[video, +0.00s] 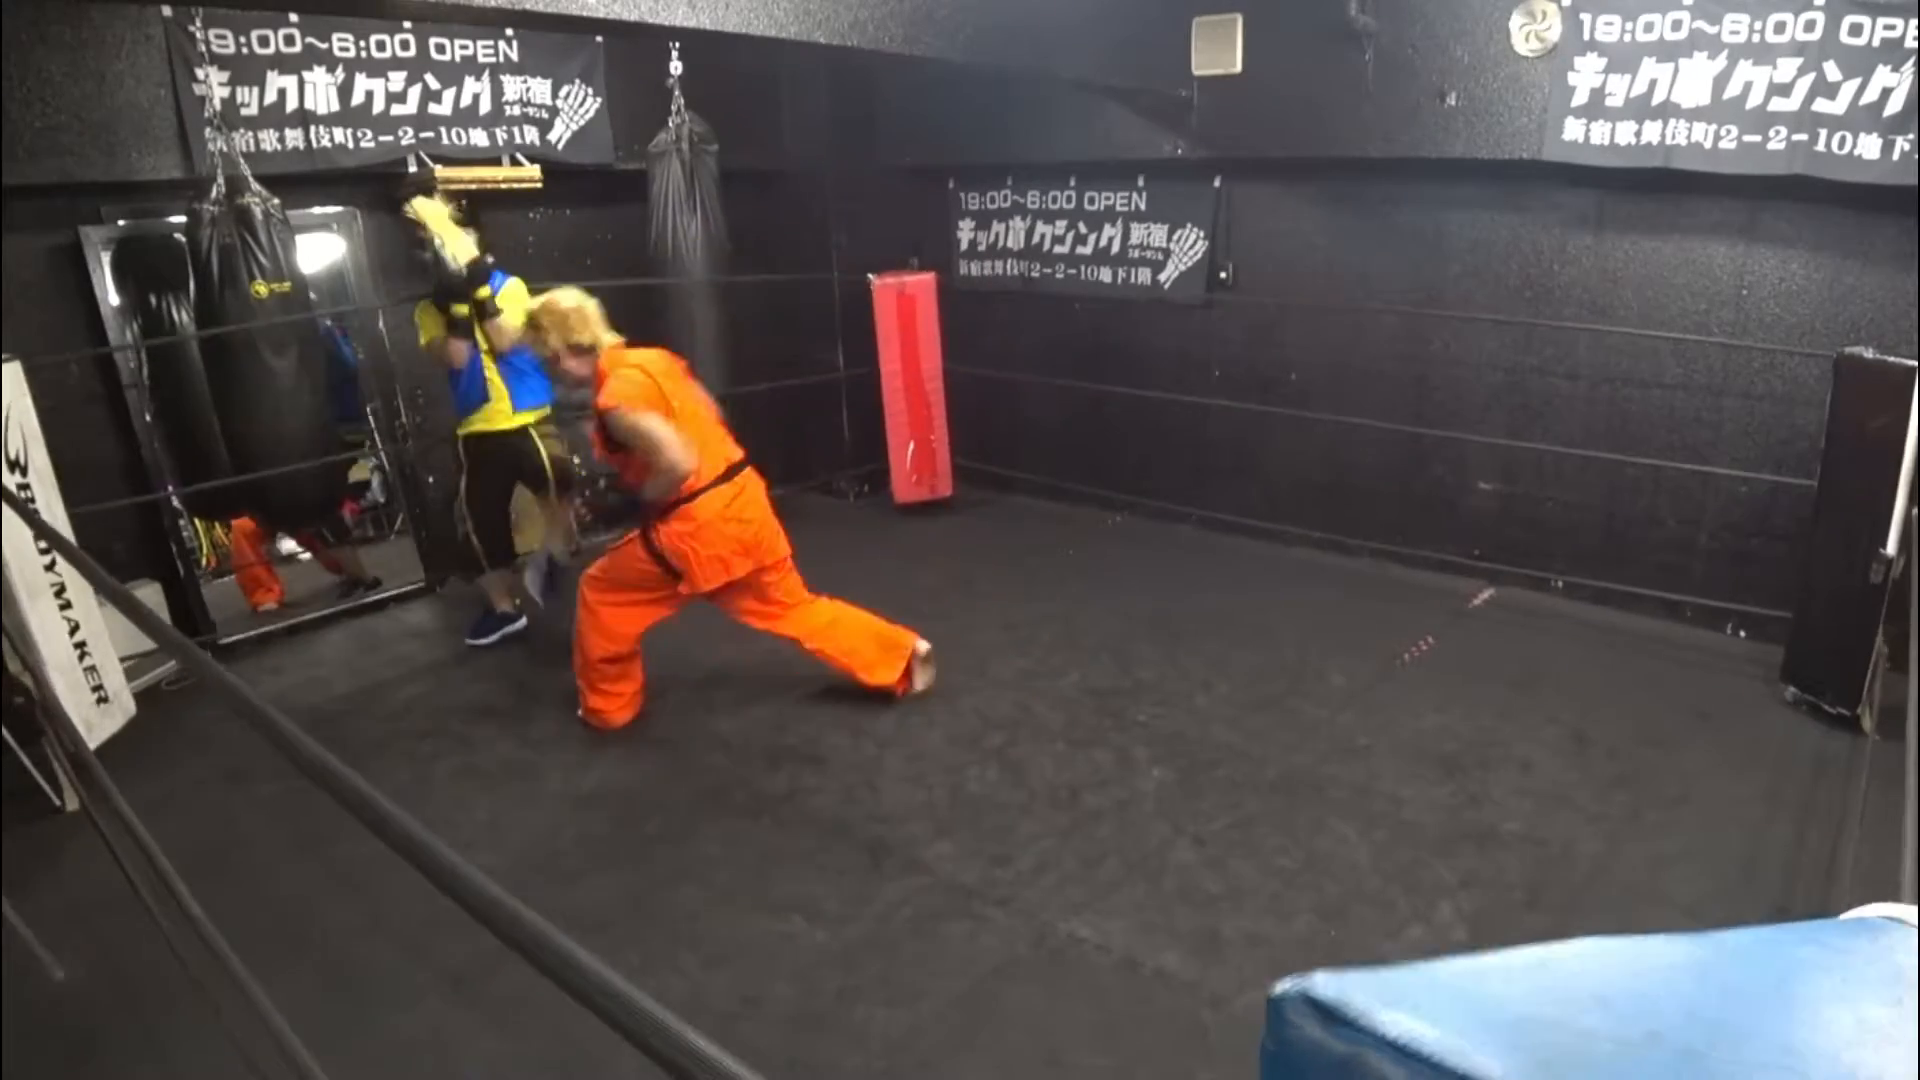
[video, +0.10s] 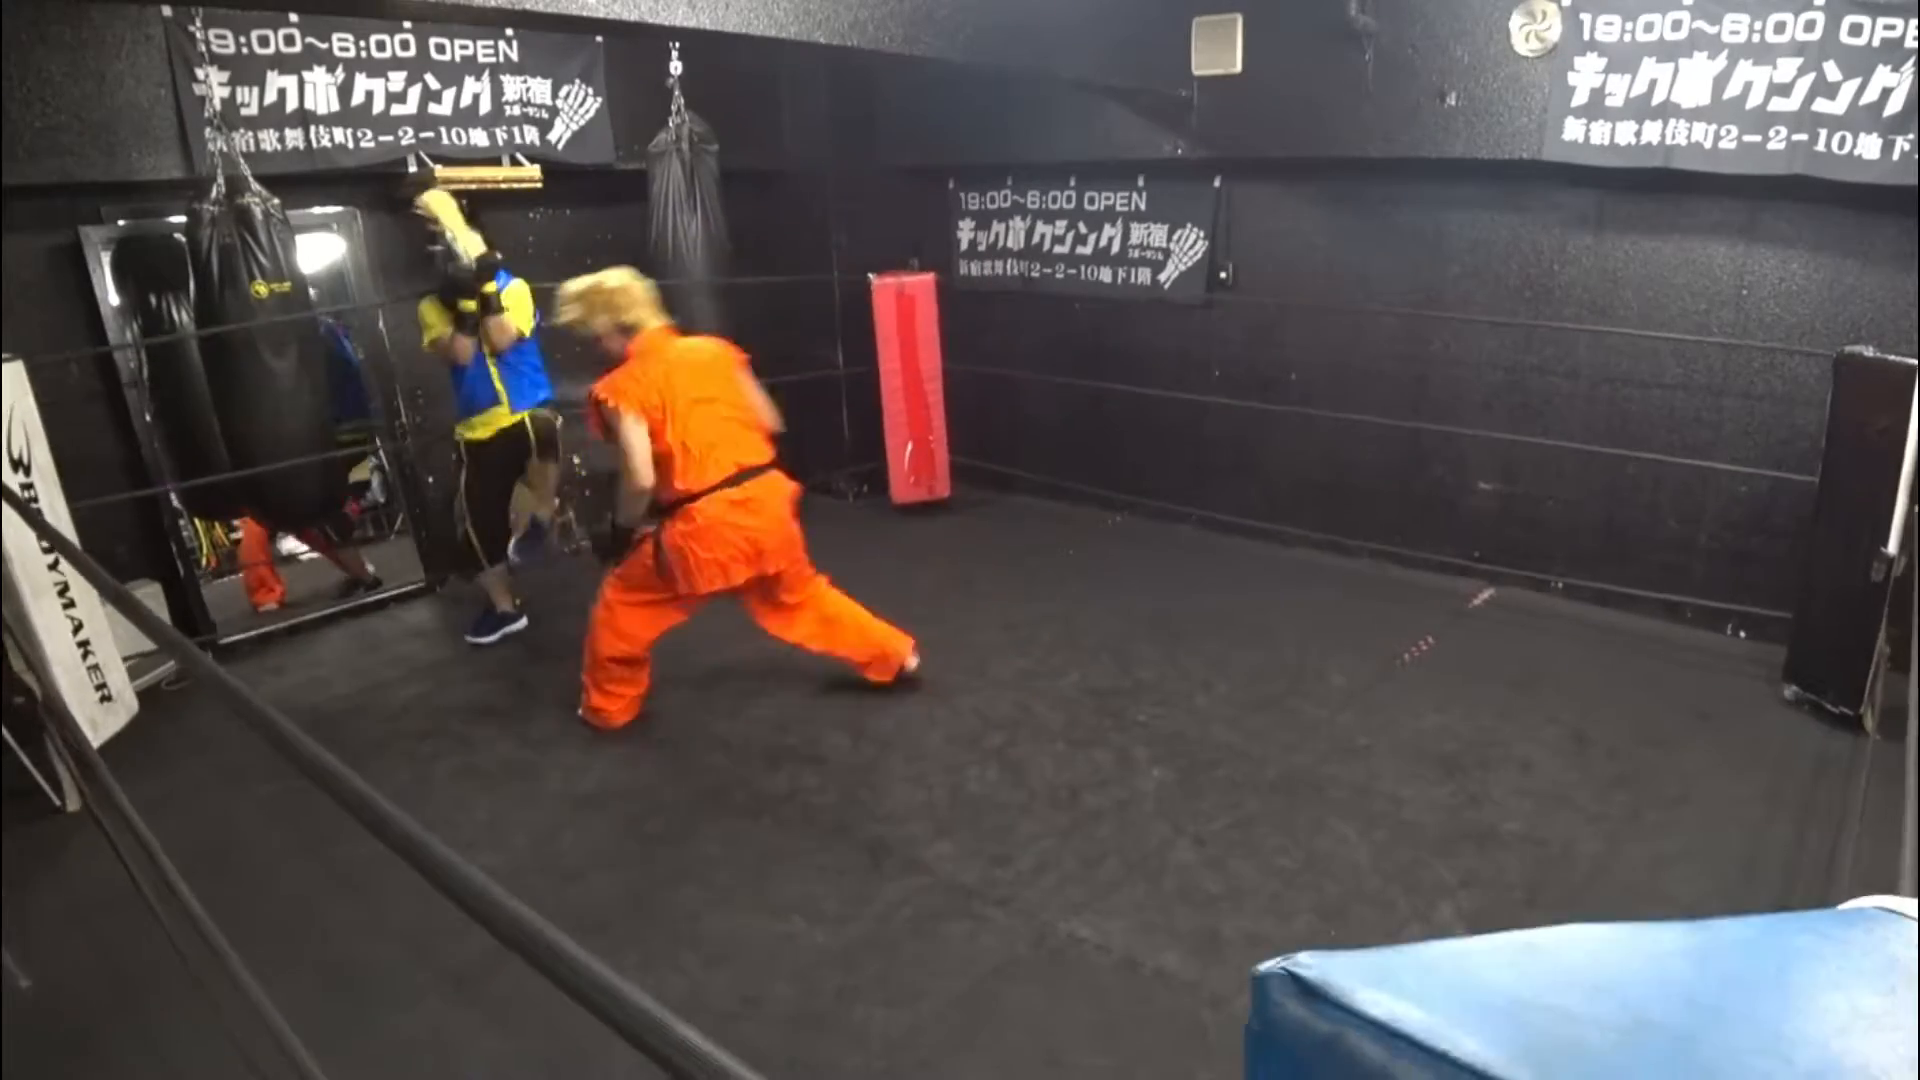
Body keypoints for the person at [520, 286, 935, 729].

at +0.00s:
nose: (552, 371)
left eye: (550, 360)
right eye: (547, 362)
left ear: (569, 349)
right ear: (593, 332)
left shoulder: (614, 398)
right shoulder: (656, 358)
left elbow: (676, 459)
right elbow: (708, 415)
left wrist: (645, 499)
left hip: (700, 527)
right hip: (748, 498)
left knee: (603, 589)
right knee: (790, 605)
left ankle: (608, 705)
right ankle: (903, 653)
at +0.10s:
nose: (594, 345)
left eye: (594, 334)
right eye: (590, 335)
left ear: (612, 327)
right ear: (650, 309)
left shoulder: (621, 387)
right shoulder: (717, 351)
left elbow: (641, 479)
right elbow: (769, 419)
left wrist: (621, 529)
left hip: (706, 525)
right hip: (770, 497)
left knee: (623, 598)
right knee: (797, 592)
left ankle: (609, 705)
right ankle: (895, 655)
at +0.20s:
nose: (660, 324)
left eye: (661, 313)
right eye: (656, 314)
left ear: (679, 305)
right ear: (716, 291)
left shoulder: (674, 365)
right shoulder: (782, 336)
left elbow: (651, 462)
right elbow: (820, 404)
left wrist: (632, 528)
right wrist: (780, 444)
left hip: (732, 512)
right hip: (804, 496)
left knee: (665, 605)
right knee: (830, 585)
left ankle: (610, 701)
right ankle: (900, 673)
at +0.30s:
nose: (716, 300)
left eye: (717, 289)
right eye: (713, 290)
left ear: (738, 278)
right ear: (774, 269)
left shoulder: (721, 341)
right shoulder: (831, 318)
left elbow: (672, 430)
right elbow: (878, 372)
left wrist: (651, 476)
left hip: (766, 497)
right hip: (838, 486)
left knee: (706, 603)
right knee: (853, 581)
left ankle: (641, 698)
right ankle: (904, 676)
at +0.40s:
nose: (747, 271)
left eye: (748, 260)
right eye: (746, 261)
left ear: (764, 254)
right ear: (809, 246)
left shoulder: (749, 313)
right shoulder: (860, 297)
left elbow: (681, 394)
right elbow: (933, 352)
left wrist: (650, 422)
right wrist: (869, 355)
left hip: (790, 472)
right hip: (864, 465)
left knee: (739, 590)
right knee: (871, 575)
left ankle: (710, 714)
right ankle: (906, 680)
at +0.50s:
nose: (768, 252)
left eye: (770, 241)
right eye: (767, 242)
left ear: (790, 236)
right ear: (833, 230)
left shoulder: (767, 296)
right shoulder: (886, 284)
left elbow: (695, 364)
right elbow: (973, 341)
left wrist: (668, 360)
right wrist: (965, 356)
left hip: (817, 462)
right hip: (890, 456)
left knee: (776, 588)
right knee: (888, 567)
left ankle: (811, 721)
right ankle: (908, 678)